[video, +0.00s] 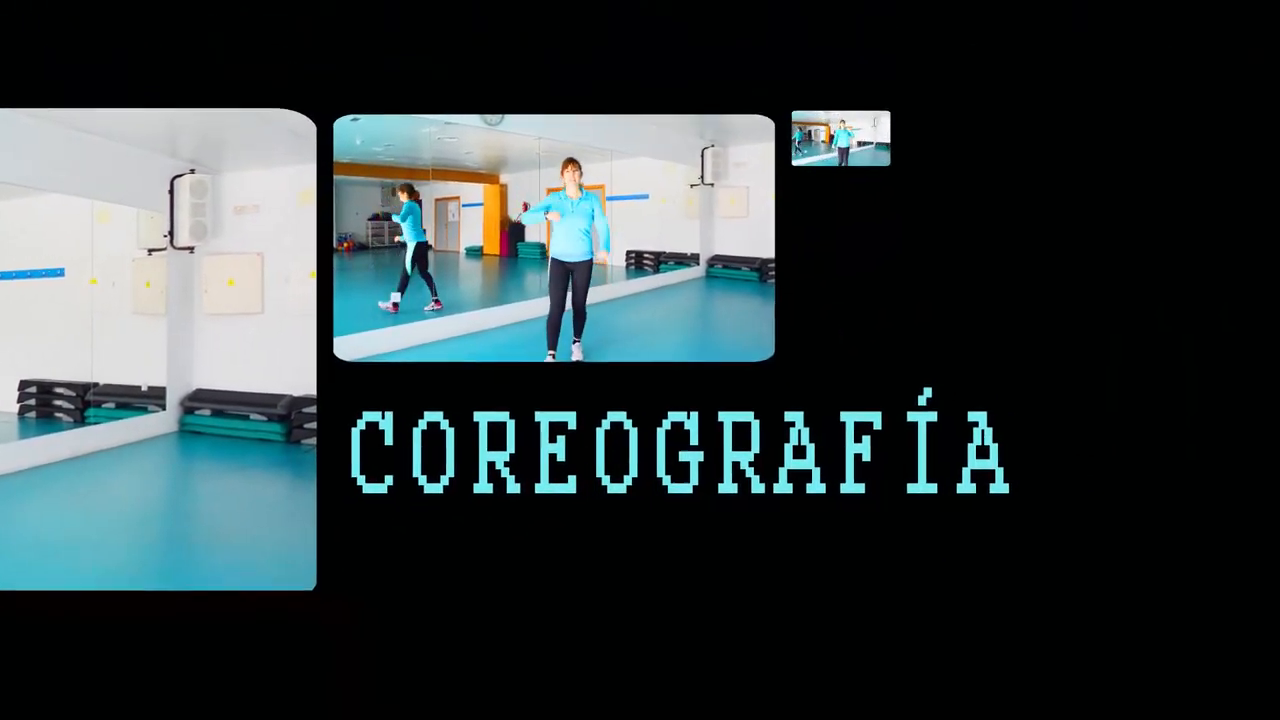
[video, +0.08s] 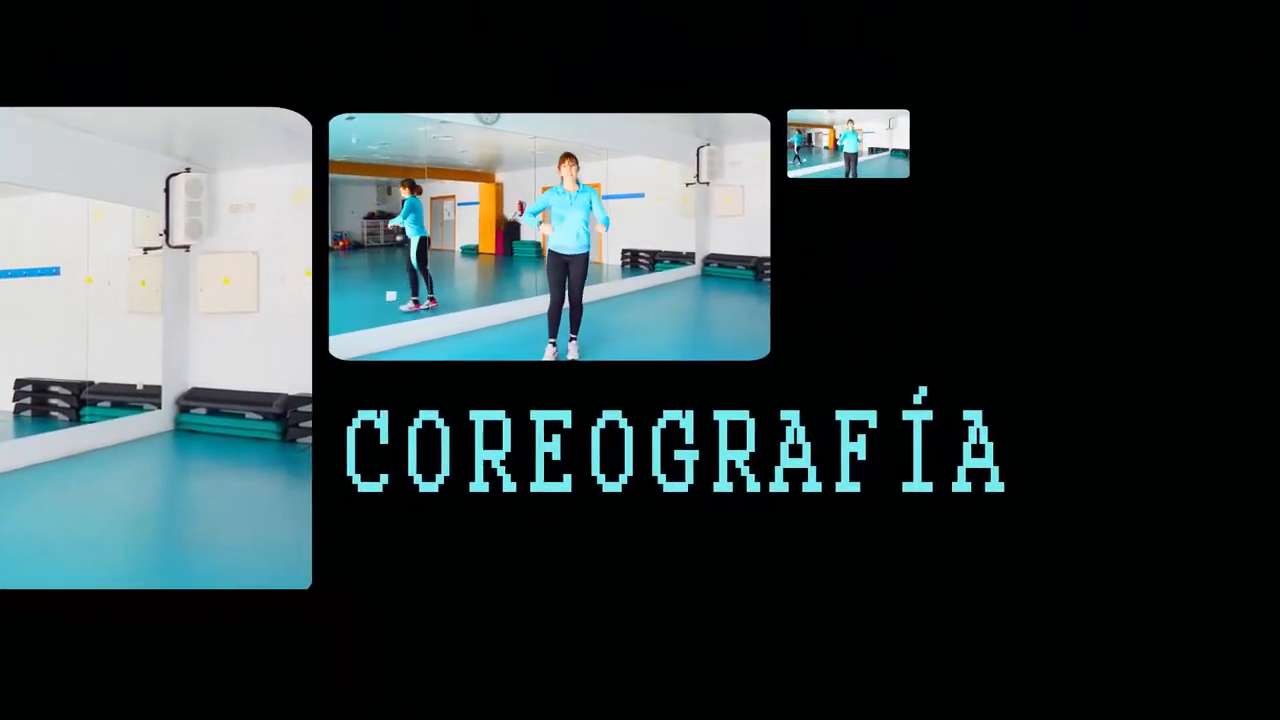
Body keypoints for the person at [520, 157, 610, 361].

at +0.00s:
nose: (572, 174)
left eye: (575, 171)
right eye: (568, 171)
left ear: (581, 174)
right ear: (562, 175)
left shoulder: (592, 199)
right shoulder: (553, 199)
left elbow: (602, 224)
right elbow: (524, 218)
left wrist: (604, 248)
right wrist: (545, 215)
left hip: (583, 261)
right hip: (558, 260)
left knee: (579, 305)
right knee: (556, 307)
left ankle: (577, 343)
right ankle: (551, 353)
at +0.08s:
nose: (570, 169)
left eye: (573, 165)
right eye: (565, 166)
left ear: (578, 168)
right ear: (559, 170)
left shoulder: (589, 193)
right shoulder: (551, 194)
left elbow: (603, 217)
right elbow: (527, 215)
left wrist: (603, 225)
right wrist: (541, 225)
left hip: (580, 253)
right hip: (556, 252)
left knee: (575, 299)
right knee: (556, 299)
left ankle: (573, 342)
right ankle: (551, 344)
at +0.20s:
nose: (565, 169)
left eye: (567, 165)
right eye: (561, 166)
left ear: (573, 169)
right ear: (555, 170)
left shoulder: (583, 191)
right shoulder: (547, 193)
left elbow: (601, 218)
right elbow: (524, 211)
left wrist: (595, 211)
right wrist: (522, 228)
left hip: (574, 251)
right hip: (552, 250)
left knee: (570, 295)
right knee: (555, 293)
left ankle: (566, 337)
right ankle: (556, 322)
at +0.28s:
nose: (560, 173)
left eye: (563, 170)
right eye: (556, 171)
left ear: (568, 174)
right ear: (551, 175)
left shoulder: (577, 197)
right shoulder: (544, 197)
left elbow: (592, 221)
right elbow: (523, 212)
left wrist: (586, 214)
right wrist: (512, 227)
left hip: (570, 253)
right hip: (549, 253)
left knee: (565, 296)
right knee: (554, 293)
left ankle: (560, 336)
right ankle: (559, 318)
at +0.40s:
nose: (552, 181)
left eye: (555, 178)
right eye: (549, 179)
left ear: (561, 181)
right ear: (544, 183)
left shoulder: (569, 202)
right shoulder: (537, 202)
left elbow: (575, 218)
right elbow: (520, 216)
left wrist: (575, 224)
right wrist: (510, 230)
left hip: (563, 253)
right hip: (543, 254)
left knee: (559, 294)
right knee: (551, 292)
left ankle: (551, 334)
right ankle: (557, 317)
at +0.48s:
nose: (547, 175)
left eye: (549, 172)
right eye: (543, 173)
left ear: (554, 175)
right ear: (538, 177)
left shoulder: (563, 195)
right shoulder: (531, 197)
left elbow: (567, 213)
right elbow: (517, 218)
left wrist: (567, 225)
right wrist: (524, 232)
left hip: (559, 247)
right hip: (538, 248)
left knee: (556, 286)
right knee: (544, 285)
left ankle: (551, 328)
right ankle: (549, 314)